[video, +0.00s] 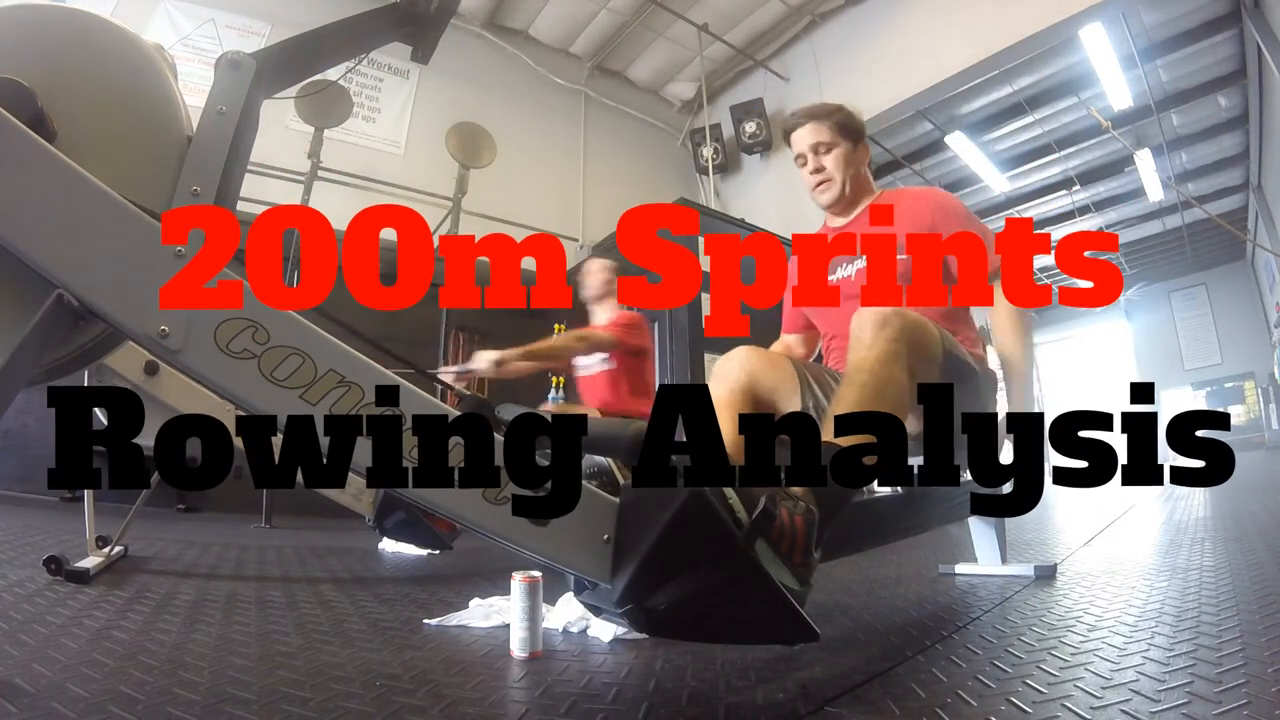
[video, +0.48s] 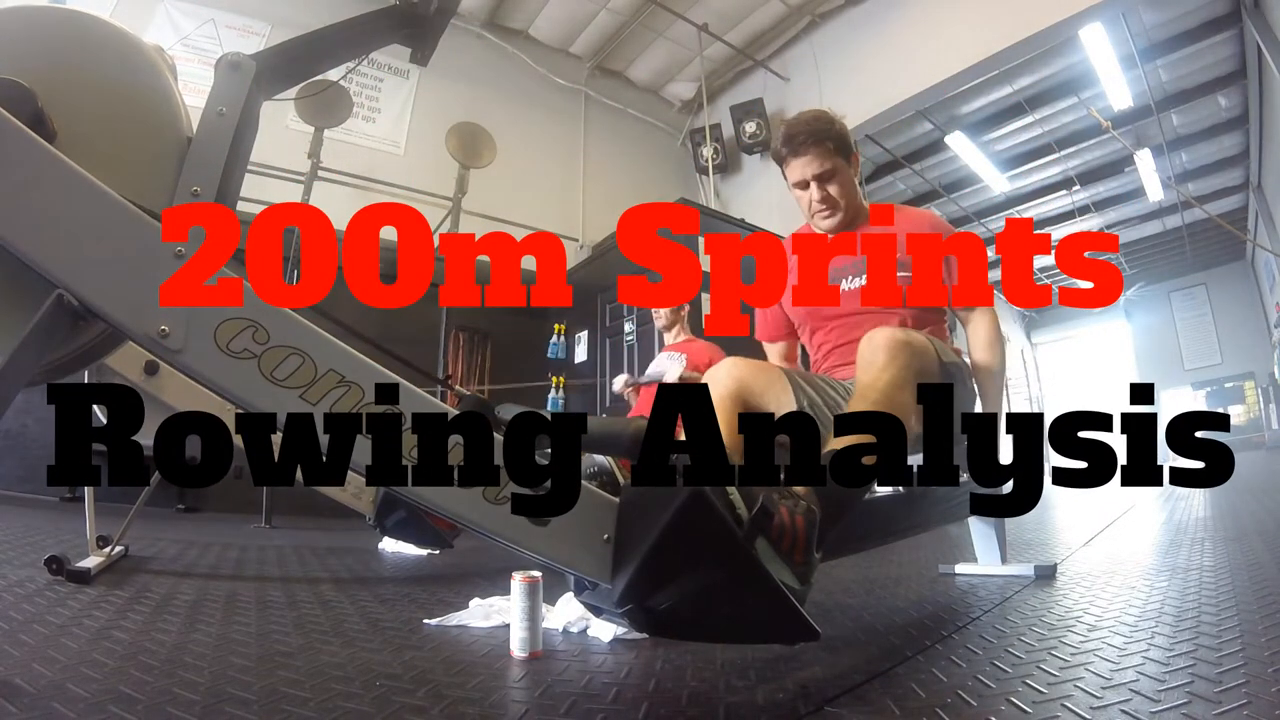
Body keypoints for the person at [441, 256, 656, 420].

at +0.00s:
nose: (582, 279)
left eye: (591, 272)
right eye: (582, 274)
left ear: (612, 280)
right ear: (581, 283)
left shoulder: (631, 323)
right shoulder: (579, 340)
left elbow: (581, 342)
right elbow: (534, 363)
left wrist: (505, 356)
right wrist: (473, 372)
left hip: (631, 427)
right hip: (595, 424)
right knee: (543, 414)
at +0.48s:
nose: (654, 310)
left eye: (663, 304)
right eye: (654, 305)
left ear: (683, 309)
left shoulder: (708, 351)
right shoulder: (663, 355)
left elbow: (727, 390)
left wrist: (692, 376)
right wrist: (633, 395)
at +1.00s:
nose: (594, 295)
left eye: (601, 287)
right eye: (591, 290)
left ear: (623, 289)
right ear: (591, 295)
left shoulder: (650, 332)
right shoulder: (599, 345)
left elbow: (617, 373)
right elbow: (561, 378)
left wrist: (552, 397)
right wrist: (513, 396)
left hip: (656, 437)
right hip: (617, 441)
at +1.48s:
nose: (485, 295)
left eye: (490, 286)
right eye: (482, 288)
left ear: (517, 280)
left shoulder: (554, 319)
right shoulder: (504, 336)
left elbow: (497, 361)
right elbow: (472, 367)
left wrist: (426, 388)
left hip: (584, 413)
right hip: (539, 412)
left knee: (510, 383)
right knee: (472, 384)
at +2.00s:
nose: (422, 282)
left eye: (429, 273)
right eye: (423, 273)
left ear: (448, 275)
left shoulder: (482, 311)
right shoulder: (449, 319)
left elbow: (408, 344)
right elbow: (404, 358)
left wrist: (346, 365)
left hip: (527, 408)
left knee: (456, 362)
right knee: (418, 374)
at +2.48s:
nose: (604, 279)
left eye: (614, 273)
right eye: (602, 273)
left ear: (630, 283)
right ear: (594, 280)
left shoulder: (639, 324)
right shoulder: (593, 336)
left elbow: (586, 343)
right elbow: (543, 360)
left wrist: (512, 354)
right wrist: (476, 370)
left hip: (626, 422)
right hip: (590, 415)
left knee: (539, 400)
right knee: (532, 401)